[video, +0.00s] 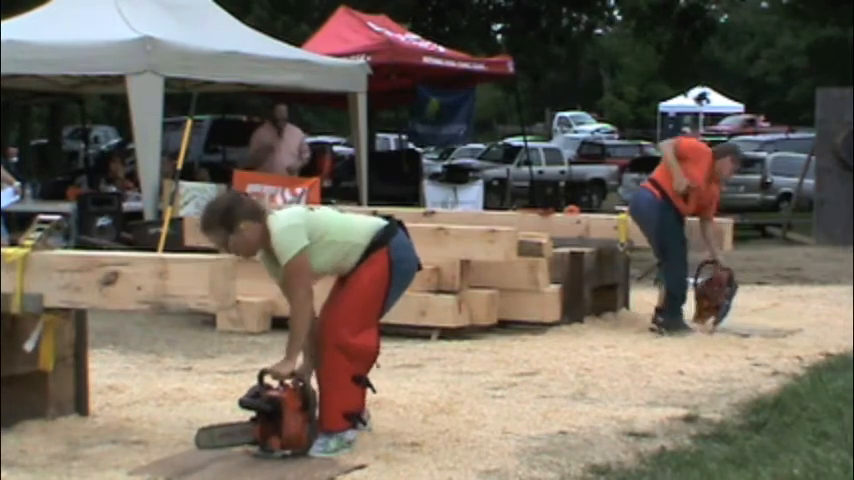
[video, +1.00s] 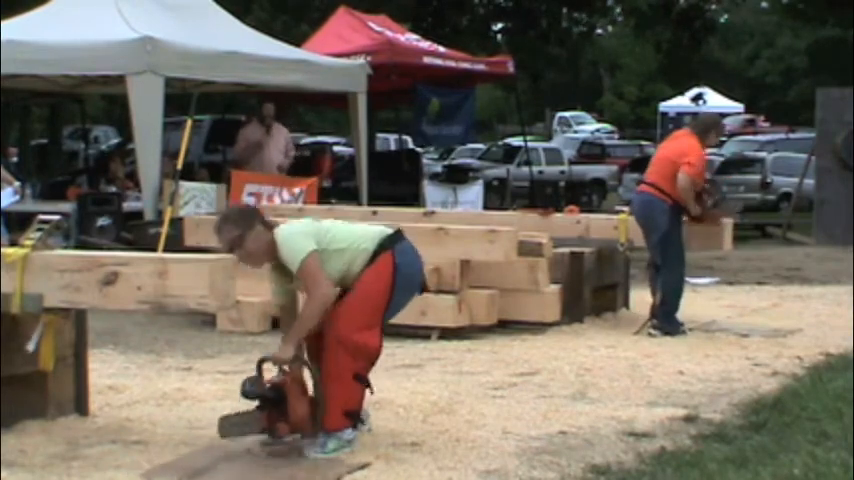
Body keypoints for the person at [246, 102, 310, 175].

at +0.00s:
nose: (280, 123)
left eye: (283, 120)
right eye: (277, 119)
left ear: (287, 118)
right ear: (272, 118)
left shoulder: (296, 133)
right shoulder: (261, 133)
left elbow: (305, 154)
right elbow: (251, 160)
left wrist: (295, 166)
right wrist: (265, 150)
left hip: (289, 180)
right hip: (265, 179)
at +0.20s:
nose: (281, 123)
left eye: (284, 120)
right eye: (277, 120)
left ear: (287, 119)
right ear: (272, 118)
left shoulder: (297, 133)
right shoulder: (261, 133)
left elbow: (306, 154)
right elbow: (251, 162)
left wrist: (296, 167)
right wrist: (266, 150)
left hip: (290, 181)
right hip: (265, 181)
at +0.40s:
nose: (280, 123)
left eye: (283, 120)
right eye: (277, 119)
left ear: (287, 118)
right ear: (272, 118)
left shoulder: (296, 133)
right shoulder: (261, 132)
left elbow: (305, 154)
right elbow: (251, 161)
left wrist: (296, 166)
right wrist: (265, 150)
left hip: (289, 180)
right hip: (264, 179)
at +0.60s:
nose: (278, 120)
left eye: (280, 117)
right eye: (275, 117)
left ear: (284, 116)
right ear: (270, 115)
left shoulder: (293, 132)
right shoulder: (257, 133)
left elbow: (304, 156)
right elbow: (248, 157)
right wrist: (262, 150)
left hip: (288, 173)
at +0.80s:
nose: (273, 119)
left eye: (275, 116)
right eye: (270, 116)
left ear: (279, 116)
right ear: (265, 115)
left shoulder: (288, 132)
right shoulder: (253, 130)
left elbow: (296, 152)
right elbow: (243, 155)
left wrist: (289, 165)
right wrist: (260, 146)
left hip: (280, 177)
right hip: (256, 176)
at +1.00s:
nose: (268, 119)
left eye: (270, 116)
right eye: (265, 116)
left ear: (274, 116)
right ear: (260, 115)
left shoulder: (282, 132)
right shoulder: (247, 131)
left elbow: (290, 152)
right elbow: (238, 154)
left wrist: (284, 165)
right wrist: (254, 147)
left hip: (275, 177)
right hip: (251, 176)